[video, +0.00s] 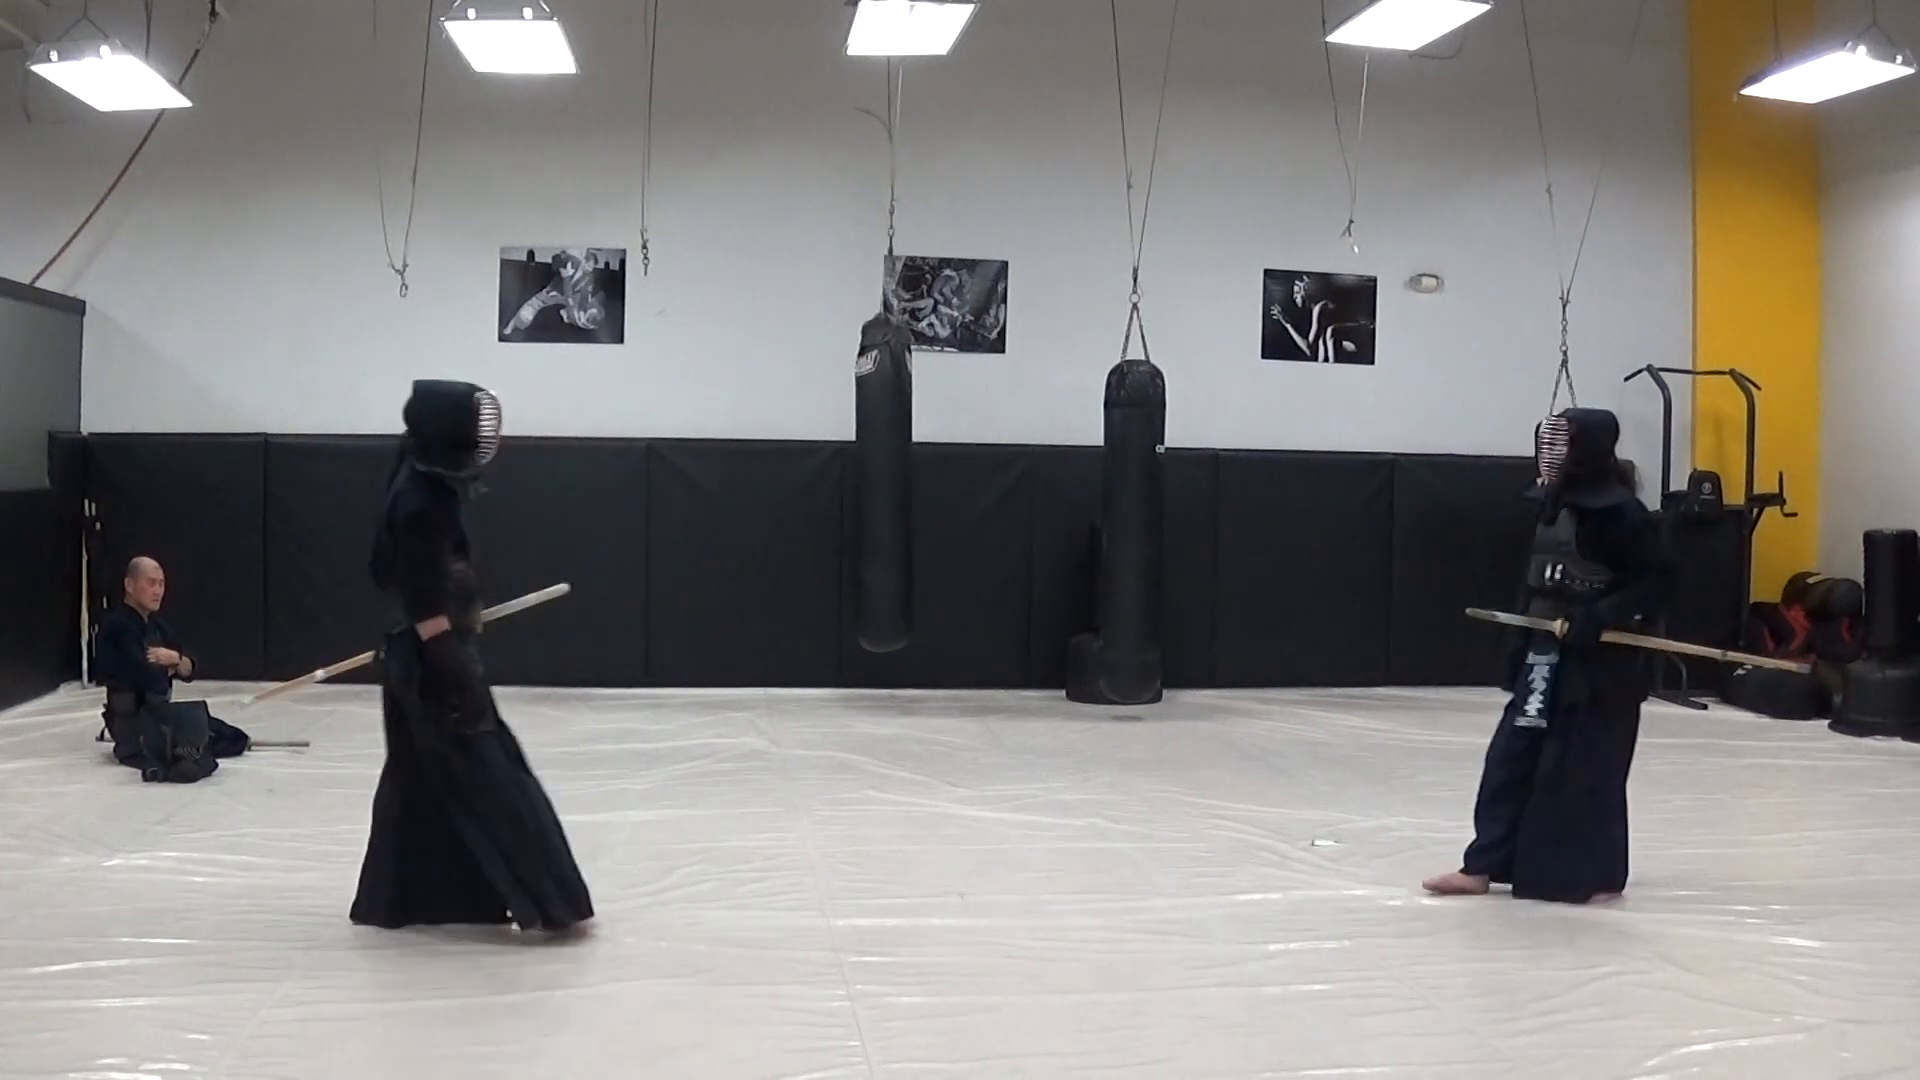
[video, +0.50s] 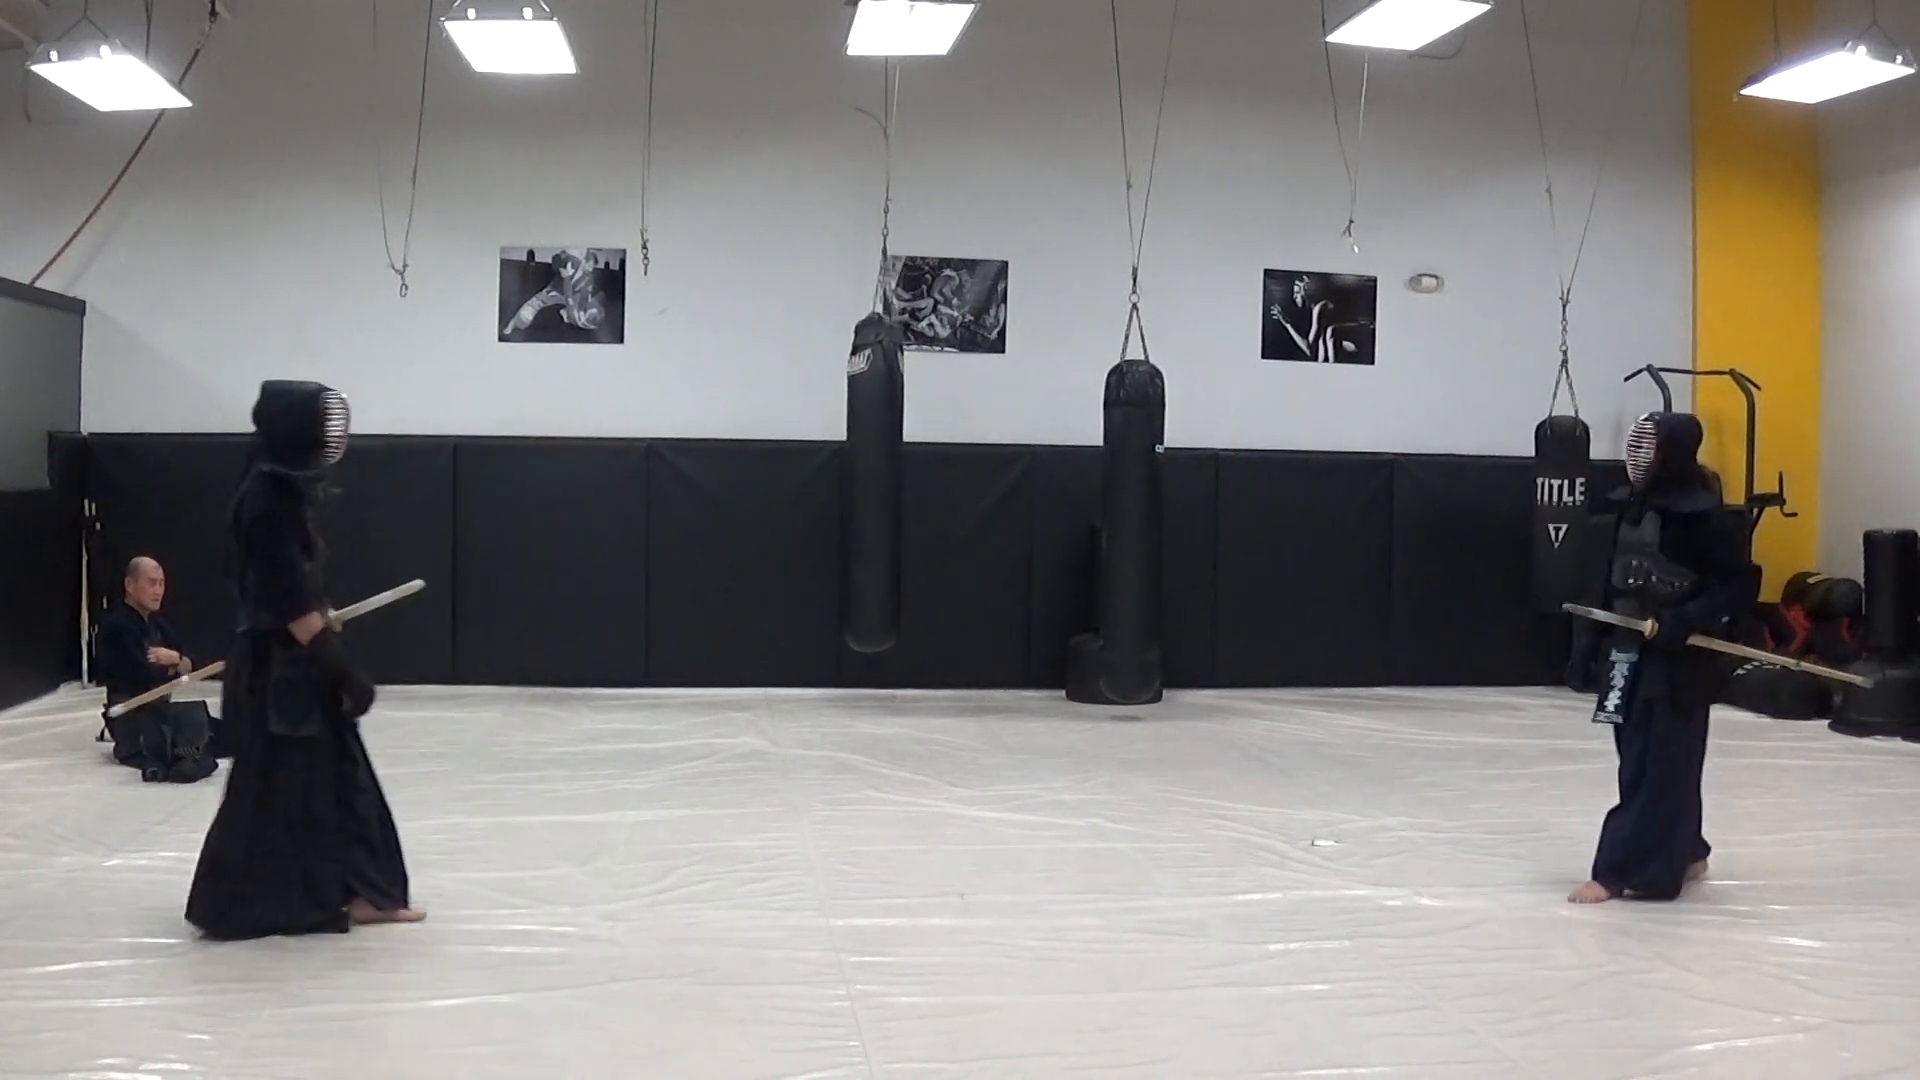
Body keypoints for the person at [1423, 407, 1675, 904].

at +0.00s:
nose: (1550, 455)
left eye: (1561, 447)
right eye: (1549, 445)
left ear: (1588, 452)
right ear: (1550, 448)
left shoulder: (1622, 512)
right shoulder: (1553, 507)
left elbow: (1656, 582)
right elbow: (1541, 582)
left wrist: (1598, 614)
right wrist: (1524, 645)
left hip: (1604, 663)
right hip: (1546, 657)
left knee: (1595, 766)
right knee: (1508, 756)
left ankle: (1604, 878)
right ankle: (1482, 867)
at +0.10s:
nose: (1569, 456)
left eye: (1579, 446)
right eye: (1566, 445)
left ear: (1605, 450)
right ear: (1563, 448)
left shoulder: (1639, 509)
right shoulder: (1566, 505)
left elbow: (1674, 579)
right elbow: (1563, 576)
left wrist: (1616, 612)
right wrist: (1549, 631)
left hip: (1618, 656)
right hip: (1561, 648)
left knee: (1608, 763)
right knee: (1530, 752)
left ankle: (1606, 876)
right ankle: (1508, 864)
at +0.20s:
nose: (1583, 453)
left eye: (1593, 444)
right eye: (1583, 443)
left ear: (1620, 449)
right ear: (1587, 444)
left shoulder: (1655, 509)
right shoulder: (1586, 502)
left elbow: (1684, 582)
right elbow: (1575, 575)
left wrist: (1632, 611)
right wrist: (1559, 639)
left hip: (1630, 654)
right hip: (1576, 648)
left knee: (1616, 758)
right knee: (1551, 744)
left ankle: (1610, 874)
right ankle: (1554, 862)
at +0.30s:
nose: (1602, 452)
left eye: (1611, 443)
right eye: (1602, 442)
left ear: (1638, 449)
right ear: (1612, 444)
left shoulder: (1674, 510)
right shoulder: (1602, 504)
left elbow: (1702, 581)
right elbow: (1587, 578)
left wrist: (1647, 614)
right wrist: (1568, 646)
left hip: (1644, 654)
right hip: (1593, 648)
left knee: (1629, 757)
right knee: (1571, 747)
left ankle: (1626, 877)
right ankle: (1594, 868)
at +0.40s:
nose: (1620, 456)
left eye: (1630, 447)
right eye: (1619, 446)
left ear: (1658, 453)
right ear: (1618, 447)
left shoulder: (1691, 511)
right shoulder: (1618, 504)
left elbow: (1722, 587)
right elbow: (1603, 582)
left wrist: (1664, 617)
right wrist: (1578, 645)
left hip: (1662, 651)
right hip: (1613, 644)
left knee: (1639, 755)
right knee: (1604, 745)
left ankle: (1615, 875)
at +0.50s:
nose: (1635, 457)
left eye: (1646, 449)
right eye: (1634, 447)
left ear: (1674, 453)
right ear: (1632, 449)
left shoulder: (1703, 513)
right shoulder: (1624, 506)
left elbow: (1736, 586)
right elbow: (1604, 581)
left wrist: (1679, 620)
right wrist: (1588, 649)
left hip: (1681, 654)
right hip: (1630, 649)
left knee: (1657, 760)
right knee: (1643, 752)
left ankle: (1618, 873)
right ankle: (1687, 847)